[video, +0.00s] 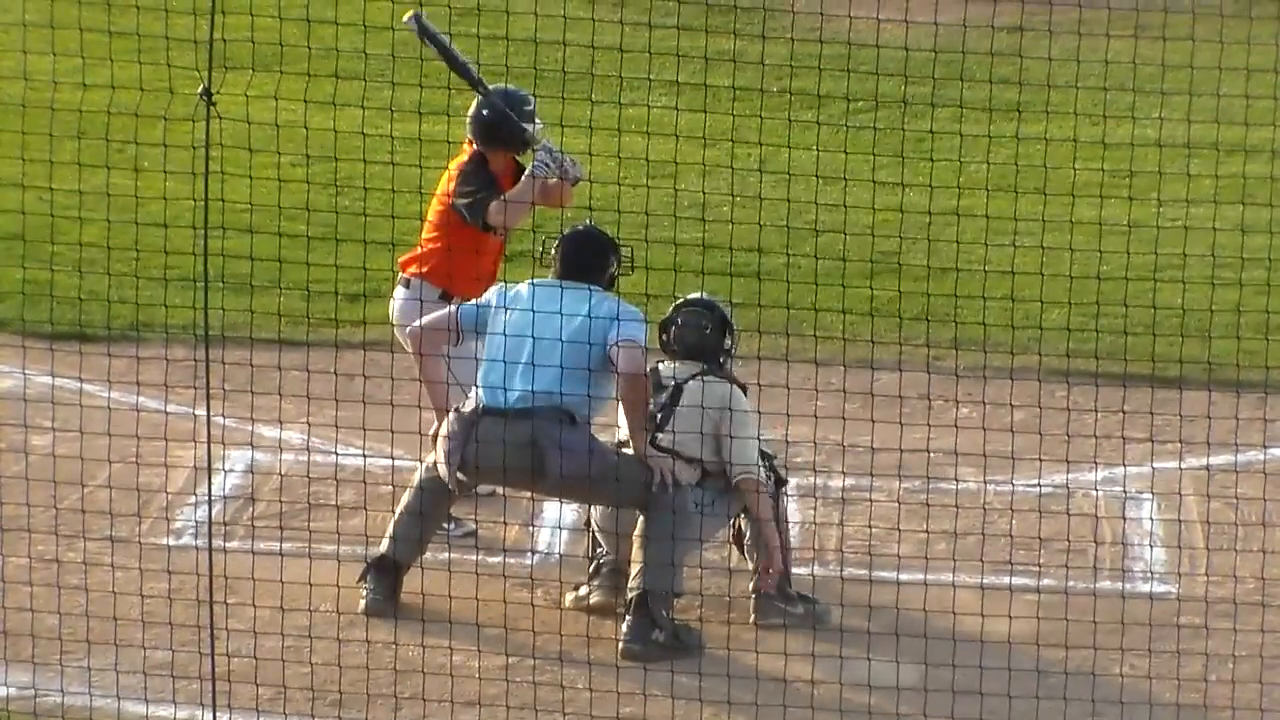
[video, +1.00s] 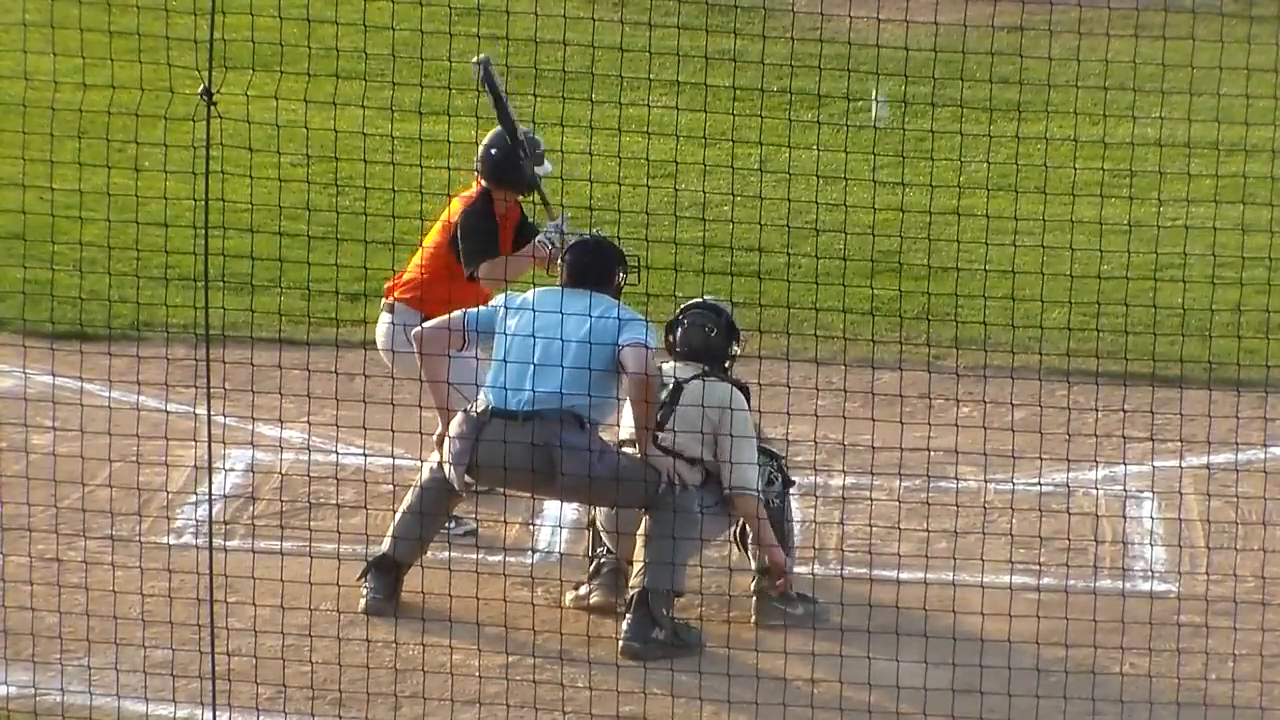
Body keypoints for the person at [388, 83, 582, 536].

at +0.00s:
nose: (532, 133)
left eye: (531, 126)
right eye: (528, 127)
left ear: (485, 131)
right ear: (513, 134)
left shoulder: (507, 168)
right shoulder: (471, 170)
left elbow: (556, 197)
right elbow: (500, 217)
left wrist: (563, 176)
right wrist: (534, 182)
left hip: (458, 304)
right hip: (426, 303)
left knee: (476, 398)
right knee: (462, 405)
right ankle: (434, 508)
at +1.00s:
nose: (536, 173)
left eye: (536, 165)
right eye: (531, 166)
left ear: (491, 168)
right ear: (519, 172)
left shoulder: (511, 210)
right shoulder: (475, 207)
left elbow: (527, 256)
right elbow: (488, 272)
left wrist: (550, 244)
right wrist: (536, 252)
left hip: (450, 327)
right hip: (411, 324)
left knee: (489, 401)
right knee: (467, 410)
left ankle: (443, 504)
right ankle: (435, 509)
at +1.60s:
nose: (514, 131)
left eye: (514, 123)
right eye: (507, 124)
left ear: (481, 127)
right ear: (487, 127)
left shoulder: (489, 161)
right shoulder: (445, 175)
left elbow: (486, 212)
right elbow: (430, 249)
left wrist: (512, 230)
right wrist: (484, 231)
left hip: (454, 286)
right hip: (415, 289)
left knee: (462, 388)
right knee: (445, 397)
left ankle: (410, 465)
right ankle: (434, 504)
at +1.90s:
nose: (471, 102)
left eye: (470, 94)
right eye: (465, 95)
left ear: (433, 97)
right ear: (444, 98)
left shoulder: (434, 136)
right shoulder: (407, 144)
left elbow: (441, 191)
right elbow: (399, 221)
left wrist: (479, 189)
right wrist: (453, 200)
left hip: (414, 274)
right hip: (392, 276)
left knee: (417, 381)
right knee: (435, 383)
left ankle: (354, 473)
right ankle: (432, 506)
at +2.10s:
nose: (435, 103)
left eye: (436, 94)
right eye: (432, 93)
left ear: (394, 85)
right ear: (414, 92)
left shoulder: (377, 123)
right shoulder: (379, 135)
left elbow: (390, 189)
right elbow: (373, 209)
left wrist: (419, 172)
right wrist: (425, 197)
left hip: (356, 260)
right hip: (361, 264)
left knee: (374, 377)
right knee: (394, 378)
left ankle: (345, 485)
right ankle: (405, 498)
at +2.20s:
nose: (419, 107)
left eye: (423, 97)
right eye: (418, 96)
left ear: (381, 81)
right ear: (400, 88)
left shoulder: (348, 118)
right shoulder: (367, 126)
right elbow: (360, 200)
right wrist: (413, 196)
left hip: (325, 258)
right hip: (347, 262)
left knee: (351, 377)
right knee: (382, 378)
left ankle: (339, 481)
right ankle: (349, 482)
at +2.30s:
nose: (402, 111)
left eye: (406, 102)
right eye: (402, 100)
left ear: (367, 83)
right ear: (387, 91)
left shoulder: (330, 116)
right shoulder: (358, 127)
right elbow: (353, 198)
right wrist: (408, 196)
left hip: (308, 257)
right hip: (340, 263)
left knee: (342, 379)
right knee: (368, 387)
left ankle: (348, 484)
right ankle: (305, 469)